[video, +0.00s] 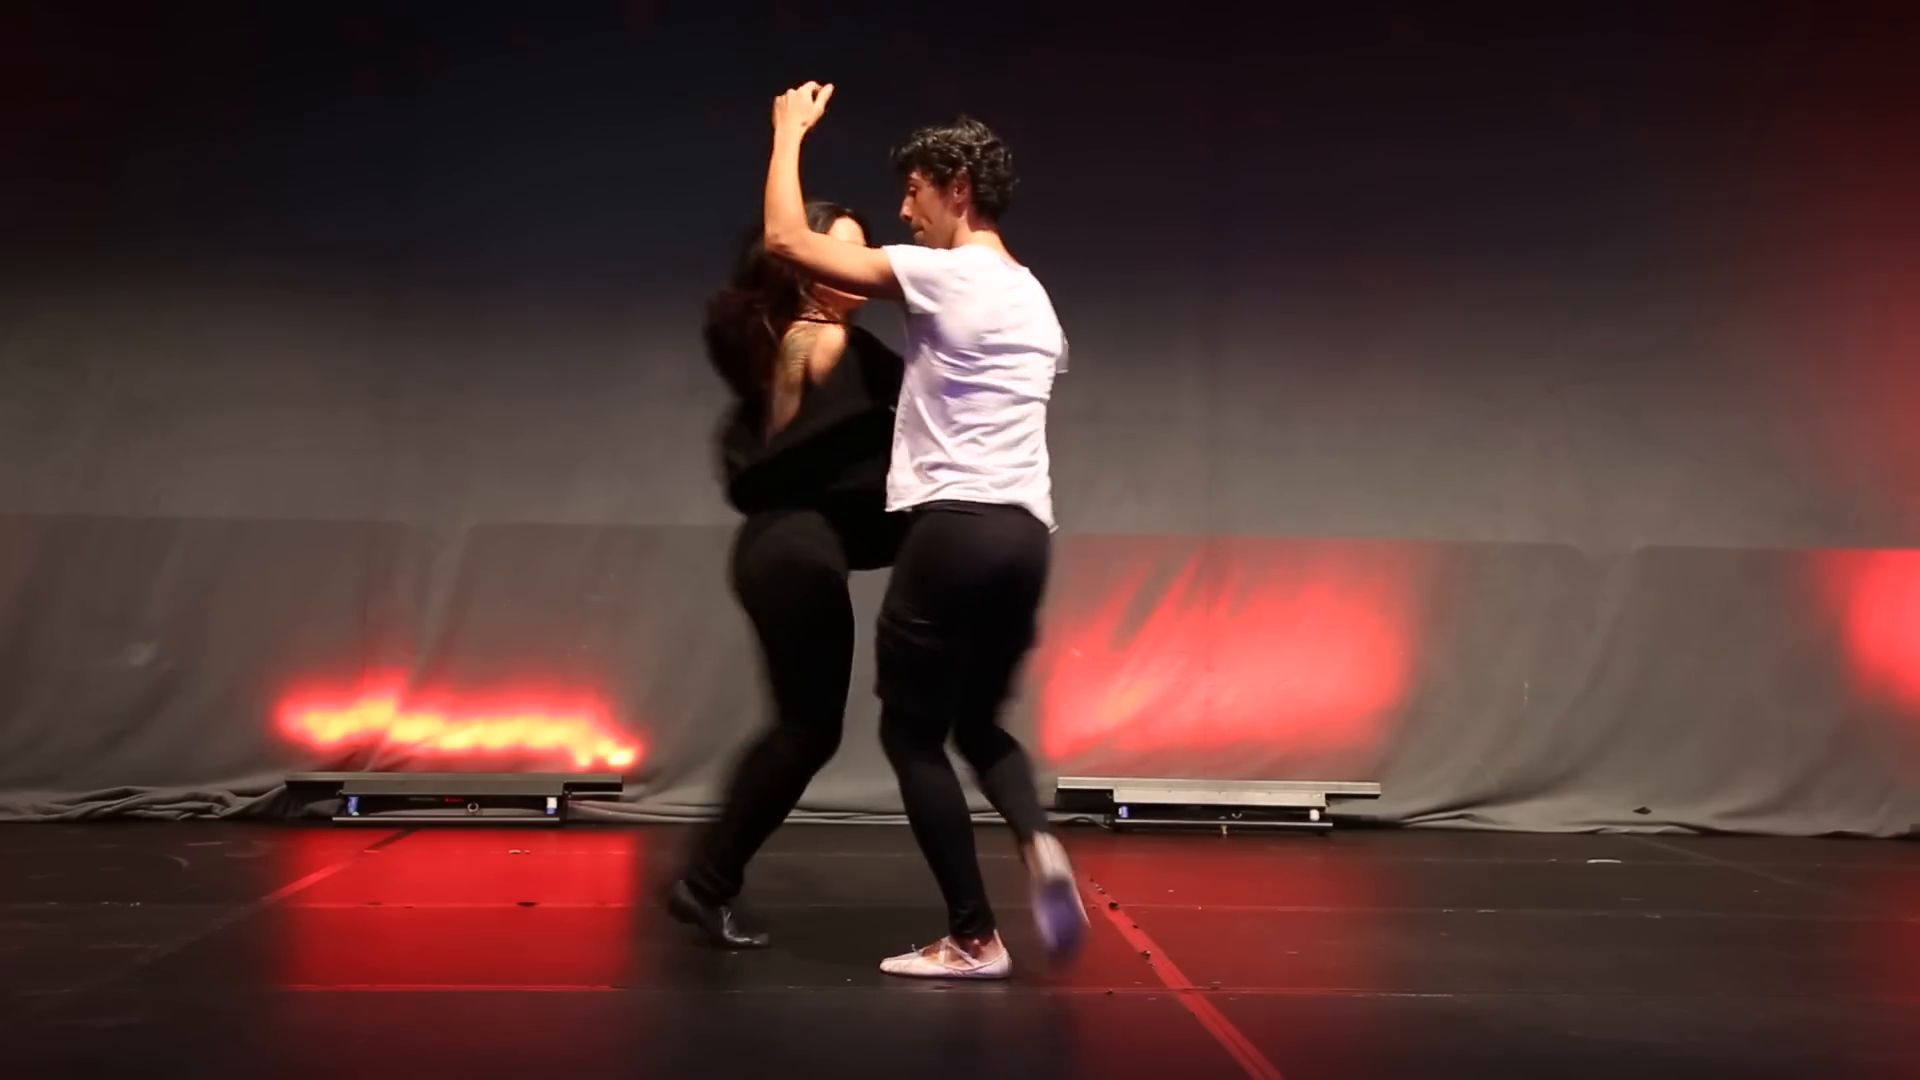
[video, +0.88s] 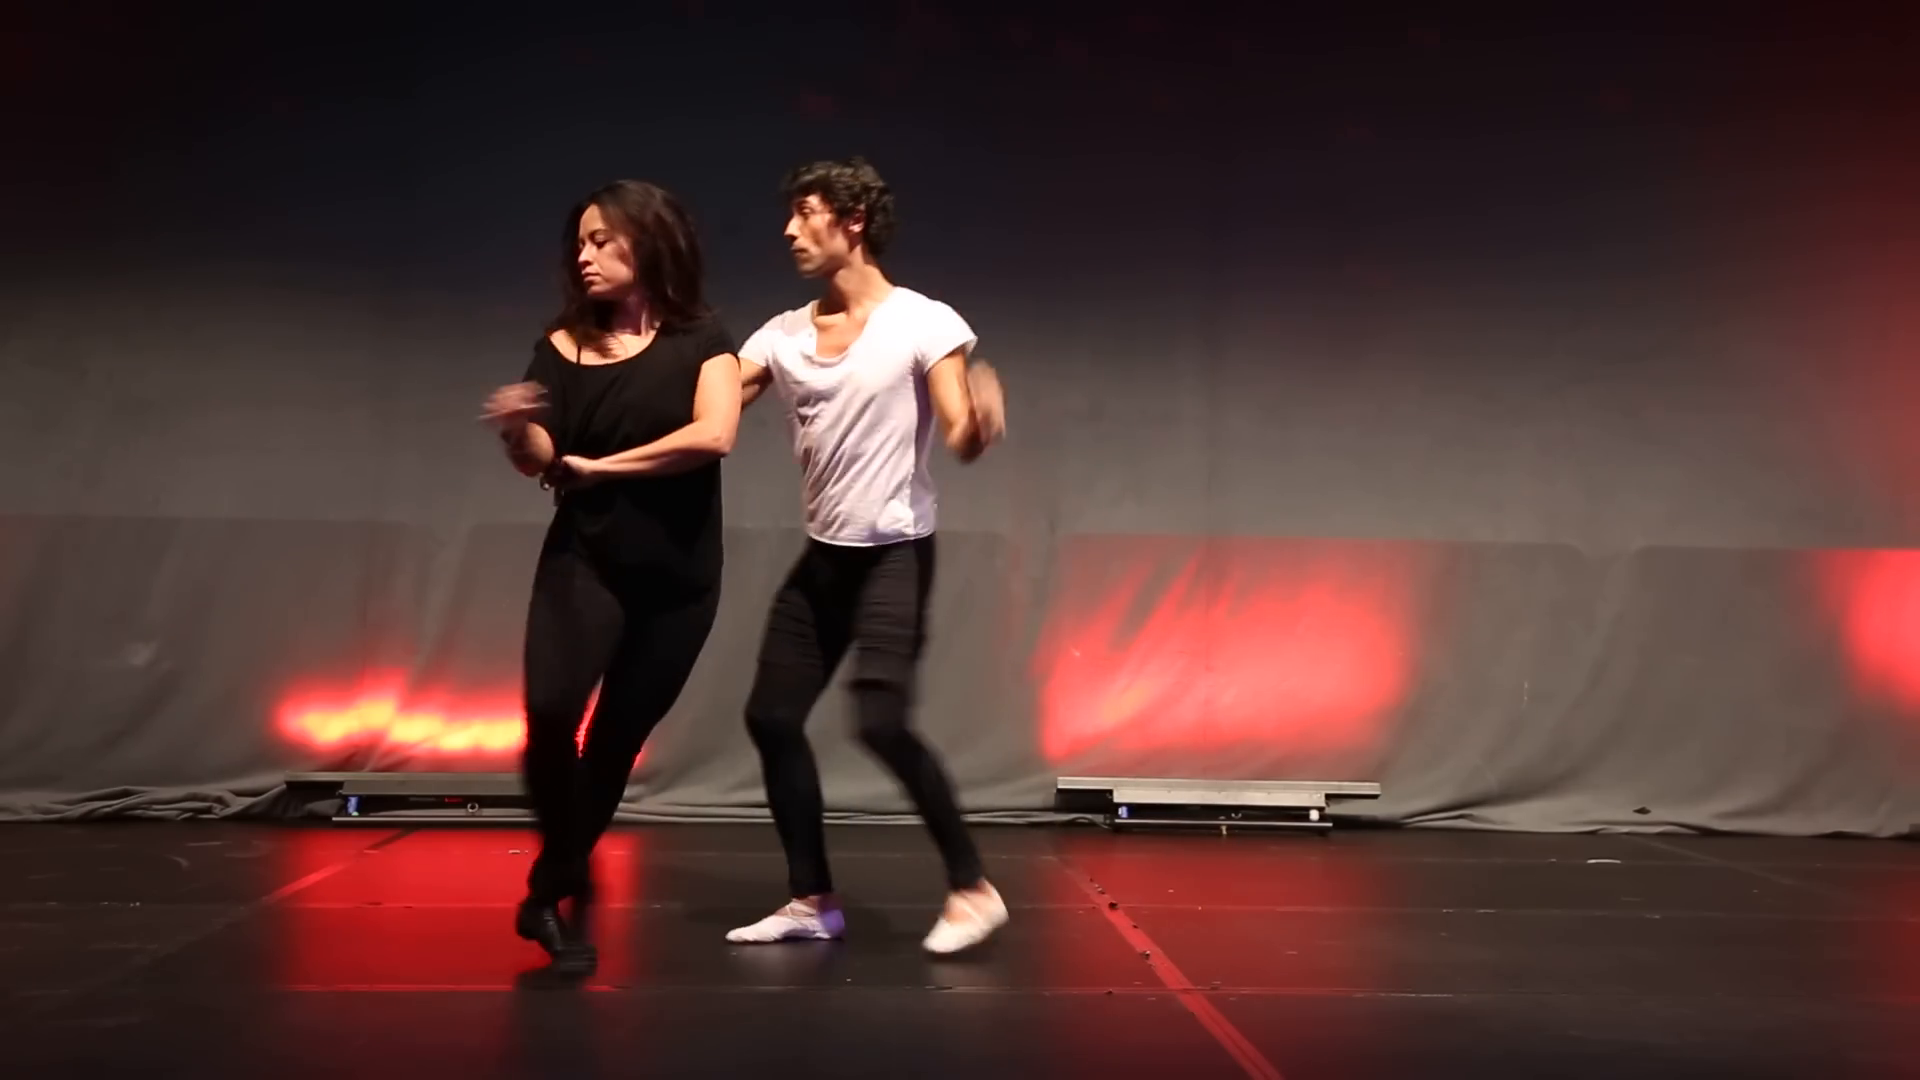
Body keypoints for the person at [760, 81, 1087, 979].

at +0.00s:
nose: (905, 209)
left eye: (914, 193)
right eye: (907, 195)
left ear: (960, 194)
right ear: (976, 196)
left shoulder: (944, 273)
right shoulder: (1036, 299)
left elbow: (788, 237)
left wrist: (787, 133)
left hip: (952, 529)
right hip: (1025, 534)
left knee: (912, 737)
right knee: (979, 720)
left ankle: (974, 938)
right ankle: (1042, 850)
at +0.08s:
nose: (900, 211)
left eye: (909, 194)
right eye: (901, 196)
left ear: (954, 195)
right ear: (969, 199)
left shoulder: (956, 278)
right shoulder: (1010, 293)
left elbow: (803, 236)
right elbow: (924, 399)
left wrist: (790, 132)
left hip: (955, 536)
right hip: (1008, 539)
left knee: (893, 735)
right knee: (918, 685)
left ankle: (971, 933)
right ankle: (1001, 788)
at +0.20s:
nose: (892, 209)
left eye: (902, 193)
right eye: (893, 196)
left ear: (947, 194)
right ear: (951, 199)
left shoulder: (970, 270)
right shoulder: (965, 282)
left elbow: (823, 237)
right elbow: (931, 431)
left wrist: (798, 131)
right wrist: (839, 472)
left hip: (967, 536)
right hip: (949, 530)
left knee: (889, 732)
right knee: (873, 683)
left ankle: (965, 927)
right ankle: (980, 815)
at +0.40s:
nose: (877, 203)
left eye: (889, 188)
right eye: (876, 189)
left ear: (935, 194)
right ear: (903, 197)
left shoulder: (984, 285)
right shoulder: (902, 315)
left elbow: (884, 255)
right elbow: (822, 421)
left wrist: (832, 144)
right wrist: (732, 438)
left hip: (983, 539)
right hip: (937, 538)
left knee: (925, 722)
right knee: (872, 709)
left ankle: (974, 929)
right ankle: (876, 894)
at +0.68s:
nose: (823, 214)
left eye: (840, 200)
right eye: (824, 199)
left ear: (888, 216)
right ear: (837, 214)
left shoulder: (934, 300)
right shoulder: (812, 326)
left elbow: (973, 334)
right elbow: (729, 408)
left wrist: (922, 221)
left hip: (970, 533)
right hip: (902, 543)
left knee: (969, 714)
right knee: (838, 710)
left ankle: (984, 920)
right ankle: (824, 903)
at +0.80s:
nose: (801, 224)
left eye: (816, 208)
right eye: (802, 209)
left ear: (865, 218)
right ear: (829, 223)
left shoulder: (921, 312)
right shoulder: (792, 326)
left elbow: (977, 408)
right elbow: (713, 402)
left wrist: (975, 323)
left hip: (928, 544)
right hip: (859, 550)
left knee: (941, 712)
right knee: (795, 712)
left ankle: (989, 913)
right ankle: (818, 901)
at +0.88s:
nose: (790, 231)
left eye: (805, 216)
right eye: (790, 217)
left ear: (854, 226)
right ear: (817, 230)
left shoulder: (924, 322)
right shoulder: (783, 333)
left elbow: (961, 445)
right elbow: (706, 410)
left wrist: (980, 415)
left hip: (896, 551)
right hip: (826, 552)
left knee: (879, 719)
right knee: (773, 714)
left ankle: (972, 889)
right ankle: (814, 901)